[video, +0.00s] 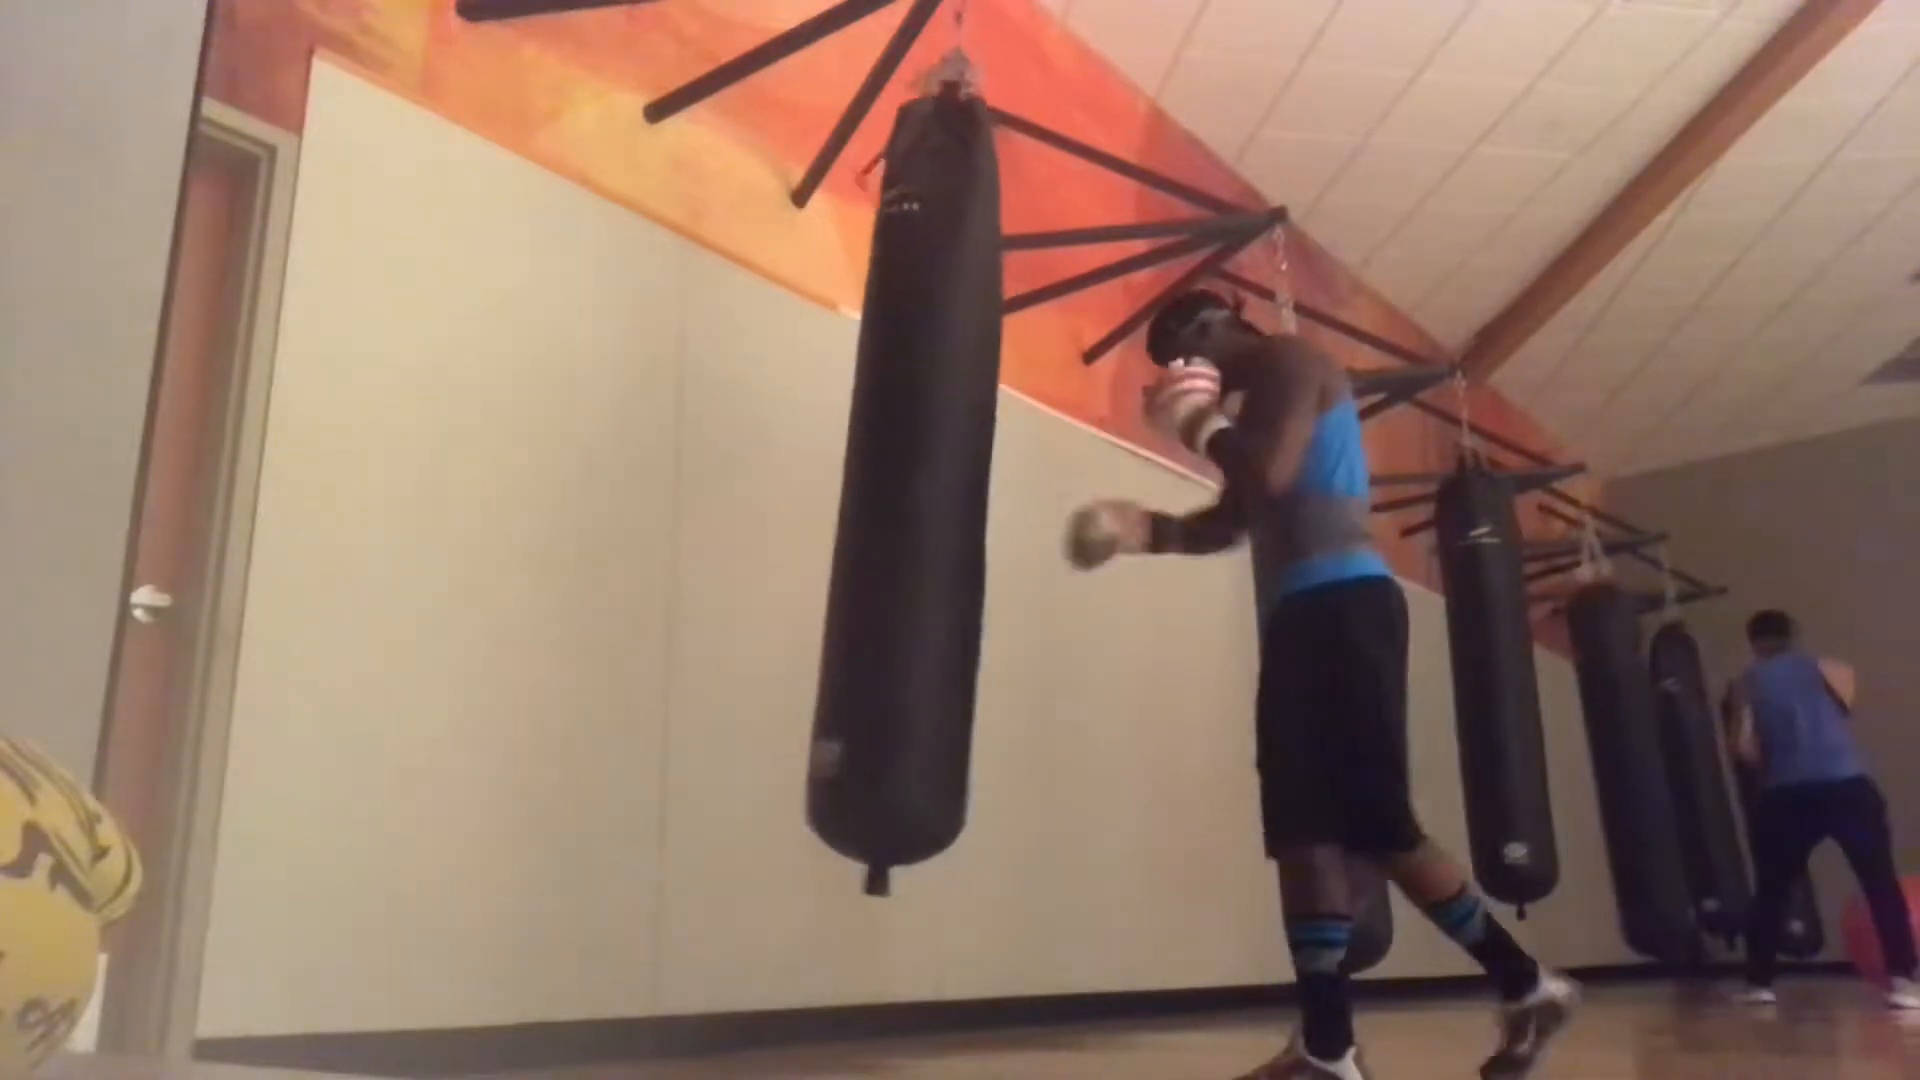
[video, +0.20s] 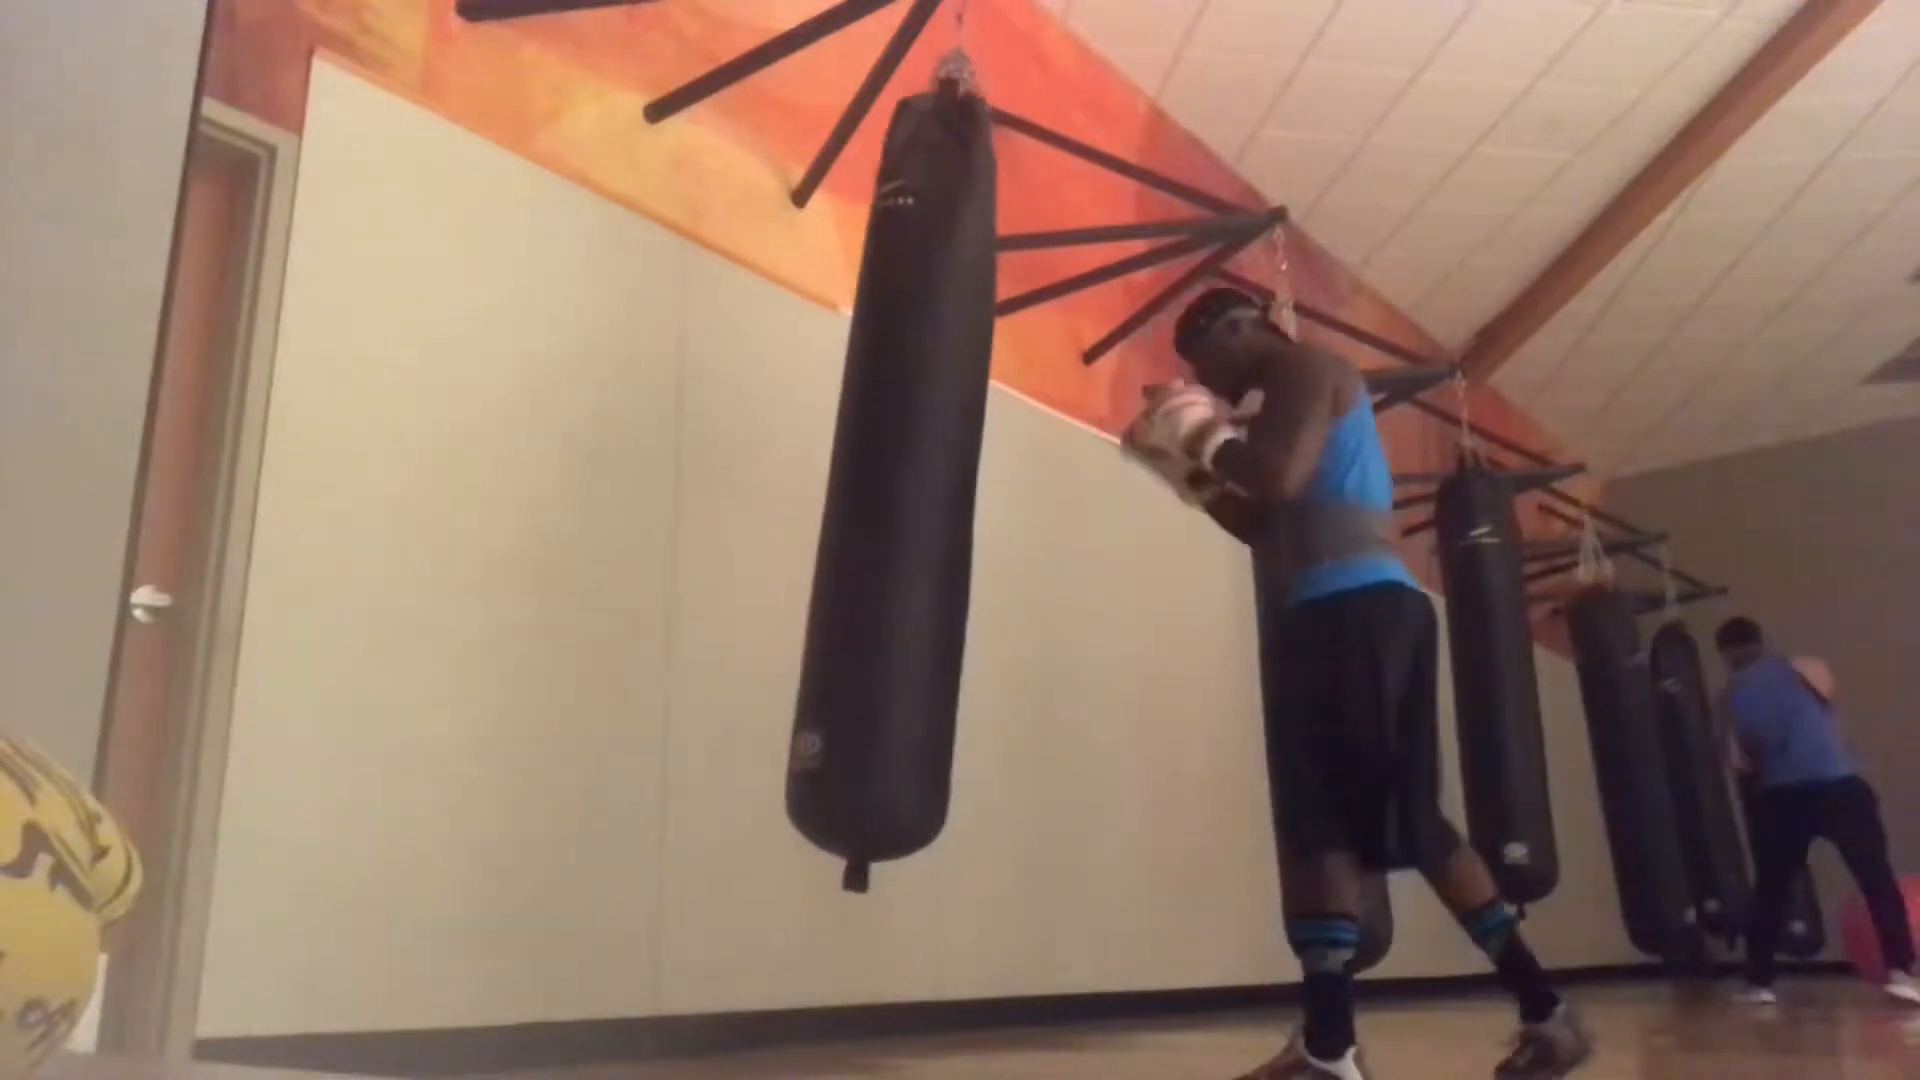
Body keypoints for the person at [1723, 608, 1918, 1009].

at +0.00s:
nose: (1761, 650)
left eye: (1756, 644)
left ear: (1754, 645)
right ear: (1793, 636)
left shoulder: (1745, 685)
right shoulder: (1827, 667)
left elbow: (1743, 748)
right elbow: (1847, 704)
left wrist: (1775, 758)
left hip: (1788, 796)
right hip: (1849, 789)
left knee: (1771, 889)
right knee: (1880, 882)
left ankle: (1760, 983)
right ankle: (1904, 978)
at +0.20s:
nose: (1735, 657)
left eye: (1730, 652)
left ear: (1727, 654)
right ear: (1762, 640)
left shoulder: (1733, 697)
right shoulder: (1806, 668)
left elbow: (1739, 762)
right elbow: (1828, 705)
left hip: (1783, 799)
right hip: (1841, 790)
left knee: (1771, 887)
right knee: (1877, 880)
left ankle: (1760, 981)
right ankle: (1901, 969)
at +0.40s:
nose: (1726, 659)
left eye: (1721, 654)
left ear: (1720, 655)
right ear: (1755, 641)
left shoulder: (1724, 697)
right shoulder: (1795, 667)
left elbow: (1731, 762)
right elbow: (1814, 702)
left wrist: (1766, 765)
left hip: (1778, 797)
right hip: (1835, 787)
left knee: (1769, 886)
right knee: (1879, 876)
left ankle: (1759, 981)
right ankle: (1904, 970)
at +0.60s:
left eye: (1761, 645)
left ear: (1751, 649)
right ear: (1790, 639)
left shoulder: (1739, 686)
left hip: (1785, 801)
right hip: (1847, 794)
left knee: (1769, 888)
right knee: (1896, 879)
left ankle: (1759, 983)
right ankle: (1916, 977)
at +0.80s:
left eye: (1789, 641)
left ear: (1785, 641)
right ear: (1824, 634)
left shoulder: (1778, 673)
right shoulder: (1854, 666)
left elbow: (1731, 706)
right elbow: (1876, 698)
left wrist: (1745, 658)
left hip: (1808, 798)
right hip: (1868, 793)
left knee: (1779, 885)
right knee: (1905, 882)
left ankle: (1768, 977)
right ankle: (1917, 975)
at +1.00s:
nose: (1794, 654)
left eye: (1791, 648)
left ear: (1792, 645)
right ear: (1832, 637)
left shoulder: (1790, 673)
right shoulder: (1866, 670)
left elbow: (1741, 709)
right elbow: (1883, 712)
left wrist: (1739, 671)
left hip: (1813, 799)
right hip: (1872, 798)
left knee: (1791, 890)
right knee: (1904, 887)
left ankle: (1775, 981)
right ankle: (1917, 975)